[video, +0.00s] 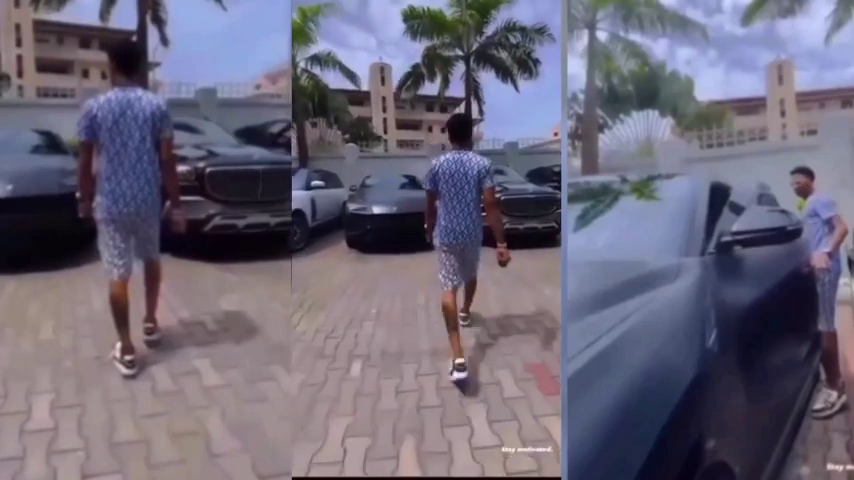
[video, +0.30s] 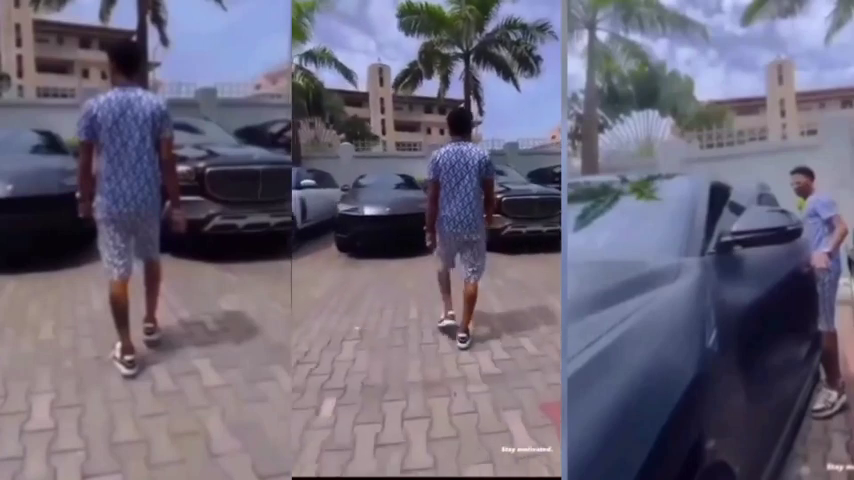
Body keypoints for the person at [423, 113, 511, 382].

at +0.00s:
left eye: (451, 132)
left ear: (449, 135)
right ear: (471, 135)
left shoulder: (438, 165)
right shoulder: (481, 164)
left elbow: (431, 203)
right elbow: (489, 204)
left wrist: (430, 228)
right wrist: (500, 243)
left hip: (444, 234)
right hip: (472, 233)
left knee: (449, 289)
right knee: (471, 275)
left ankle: (458, 357)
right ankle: (465, 311)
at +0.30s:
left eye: (450, 126)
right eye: (466, 125)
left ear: (448, 128)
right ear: (471, 127)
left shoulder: (439, 156)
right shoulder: (481, 155)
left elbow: (433, 196)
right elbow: (489, 193)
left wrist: (430, 228)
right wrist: (489, 218)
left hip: (447, 223)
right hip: (473, 224)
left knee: (443, 267)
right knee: (472, 275)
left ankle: (448, 312)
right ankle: (465, 329)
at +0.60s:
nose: (441, 135)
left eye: (440, 131)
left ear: (441, 132)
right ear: (464, 131)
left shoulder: (434, 161)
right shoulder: (475, 157)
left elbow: (430, 201)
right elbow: (482, 192)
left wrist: (427, 232)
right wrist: (479, 214)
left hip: (445, 226)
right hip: (470, 225)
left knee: (445, 268)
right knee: (472, 277)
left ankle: (449, 305)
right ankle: (467, 339)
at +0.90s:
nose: (432, 131)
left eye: (432, 127)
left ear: (432, 128)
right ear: (454, 128)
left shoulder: (422, 156)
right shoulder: (463, 154)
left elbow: (415, 194)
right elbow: (472, 191)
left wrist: (414, 223)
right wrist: (476, 219)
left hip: (433, 221)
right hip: (459, 220)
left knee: (437, 272)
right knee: (462, 263)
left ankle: (442, 324)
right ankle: (462, 306)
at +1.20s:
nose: (424, 138)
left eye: (424, 134)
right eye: (434, 133)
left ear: (424, 135)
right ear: (444, 135)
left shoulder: (412, 161)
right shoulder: (452, 163)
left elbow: (403, 198)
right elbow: (457, 199)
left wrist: (400, 226)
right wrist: (465, 231)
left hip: (418, 225)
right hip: (443, 225)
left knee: (420, 279)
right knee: (443, 266)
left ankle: (427, 339)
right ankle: (439, 304)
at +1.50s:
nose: (403, 132)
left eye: (402, 129)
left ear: (402, 130)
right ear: (424, 129)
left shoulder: (392, 155)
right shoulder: (432, 156)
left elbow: (386, 193)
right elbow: (440, 192)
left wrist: (386, 224)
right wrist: (440, 219)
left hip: (399, 222)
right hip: (425, 222)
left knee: (397, 266)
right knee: (424, 270)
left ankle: (403, 306)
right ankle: (420, 322)